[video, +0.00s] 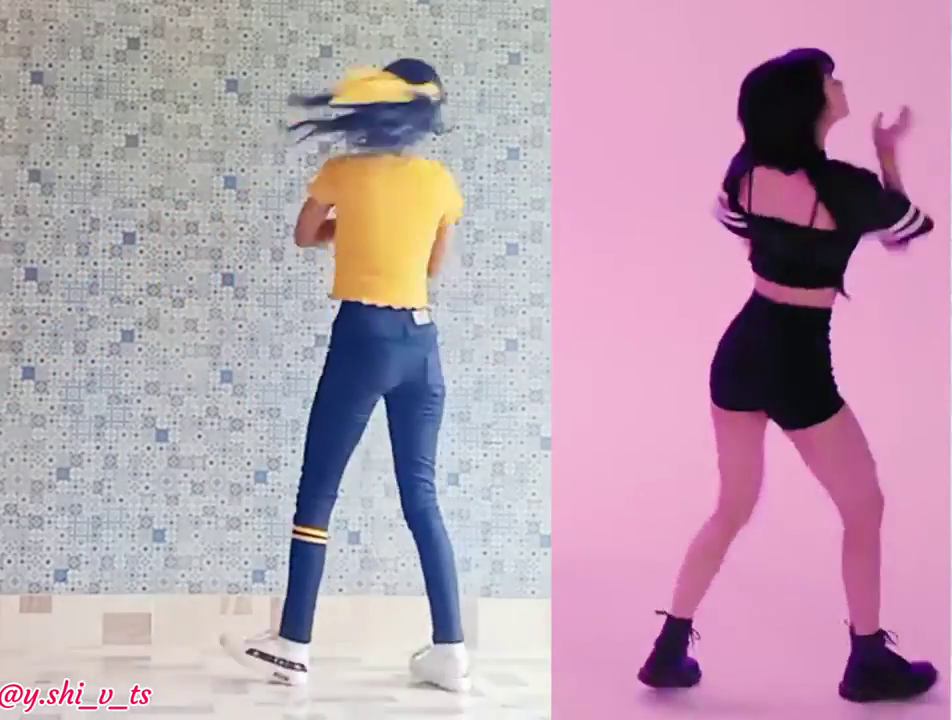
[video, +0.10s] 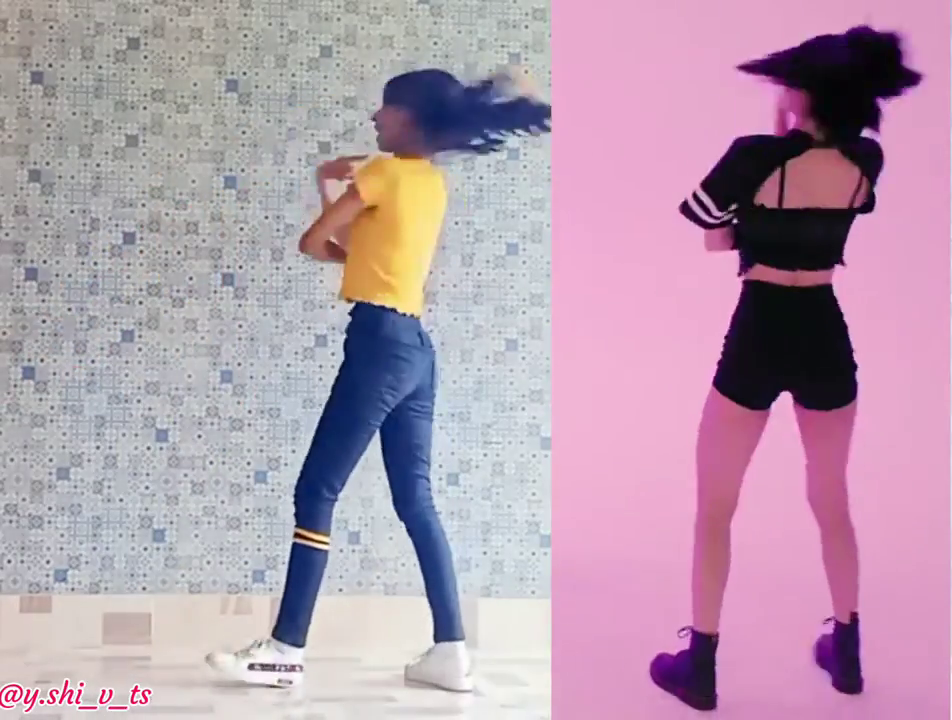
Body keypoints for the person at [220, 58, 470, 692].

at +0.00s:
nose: (348, 127)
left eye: (354, 118)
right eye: (352, 118)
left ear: (367, 119)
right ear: (418, 120)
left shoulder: (346, 169)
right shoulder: (441, 180)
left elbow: (307, 234)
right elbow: (434, 267)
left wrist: (366, 220)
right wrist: (377, 229)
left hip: (361, 346)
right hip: (421, 349)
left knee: (316, 495)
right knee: (422, 500)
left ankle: (292, 646)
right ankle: (450, 651)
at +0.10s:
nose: (377, 114)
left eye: (388, 106)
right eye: (381, 104)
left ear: (413, 121)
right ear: (425, 124)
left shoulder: (386, 172)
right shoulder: (429, 180)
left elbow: (311, 242)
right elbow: (370, 246)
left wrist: (360, 252)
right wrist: (335, 188)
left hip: (379, 345)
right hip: (415, 349)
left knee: (315, 491)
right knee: (416, 502)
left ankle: (285, 650)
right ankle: (450, 651)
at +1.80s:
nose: (343, 167)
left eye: (355, 160)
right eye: (341, 158)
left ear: (384, 173)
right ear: (344, 167)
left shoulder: (361, 217)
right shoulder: (381, 225)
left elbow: (345, 310)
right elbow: (298, 299)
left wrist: (326, 300)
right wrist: (274, 227)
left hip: (383, 397)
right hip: (408, 400)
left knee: (265, 496)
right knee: (361, 540)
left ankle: (265, 654)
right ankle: (443, 651)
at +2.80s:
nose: (332, 180)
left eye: (345, 173)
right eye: (335, 169)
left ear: (372, 190)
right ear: (372, 190)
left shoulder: (349, 230)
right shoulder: (388, 236)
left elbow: (338, 329)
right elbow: (294, 312)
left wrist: (338, 323)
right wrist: (289, 245)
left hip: (378, 368)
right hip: (421, 385)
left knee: (307, 501)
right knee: (367, 531)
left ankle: (273, 656)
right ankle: (451, 648)